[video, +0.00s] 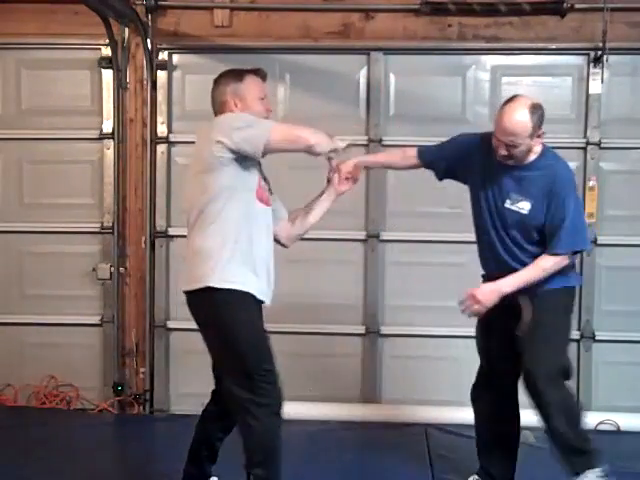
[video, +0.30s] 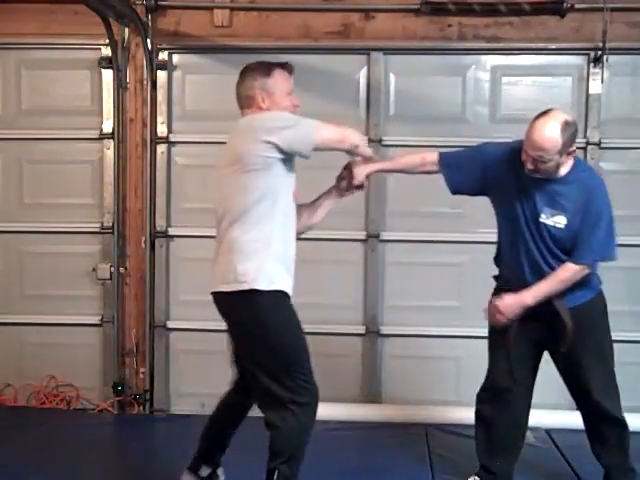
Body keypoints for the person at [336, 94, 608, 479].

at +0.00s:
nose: (499, 149)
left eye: (510, 144)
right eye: (496, 139)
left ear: (537, 140)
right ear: (493, 126)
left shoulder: (556, 176)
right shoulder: (474, 149)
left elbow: (562, 254)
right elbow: (417, 156)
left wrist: (498, 287)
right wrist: (360, 161)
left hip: (549, 289)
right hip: (498, 287)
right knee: (492, 387)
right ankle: (494, 474)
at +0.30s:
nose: (528, 163)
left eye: (540, 161)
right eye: (525, 153)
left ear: (569, 155)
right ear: (524, 139)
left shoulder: (588, 188)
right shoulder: (501, 160)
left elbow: (581, 264)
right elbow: (435, 161)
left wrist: (522, 299)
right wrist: (371, 166)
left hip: (576, 304)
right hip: (515, 299)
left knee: (598, 399)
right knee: (503, 394)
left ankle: (620, 473)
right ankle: (492, 475)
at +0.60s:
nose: (515, 151)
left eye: (524, 147)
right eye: (515, 142)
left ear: (556, 148)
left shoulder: (594, 189)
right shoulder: (505, 156)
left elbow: (604, 268)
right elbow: (444, 147)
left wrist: (570, 323)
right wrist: (383, 165)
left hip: (574, 304)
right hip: (515, 301)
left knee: (588, 392)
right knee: (503, 396)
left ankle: (614, 473)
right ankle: (493, 474)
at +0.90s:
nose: (518, 187)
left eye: (527, 184)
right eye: (519, 178)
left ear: (563, 183)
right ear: (521, 164)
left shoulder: (608, 216)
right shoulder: (518, 175)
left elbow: (635, 286)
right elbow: (444, 158)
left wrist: (620, 345)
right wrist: (383, 175)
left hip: (577, 319)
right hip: (524, 307)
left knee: (566, 424)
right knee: (498, 405)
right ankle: (494, 476)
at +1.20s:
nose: (503, 307)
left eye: (512, 307)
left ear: (552, 299)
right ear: (508, 276)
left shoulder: (607, 296)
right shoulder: (495, 252)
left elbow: (639, 330)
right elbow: (421, 231)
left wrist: (621, 380)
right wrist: (362, 229)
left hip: (600, 325)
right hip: (539, 314)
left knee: (585, 422)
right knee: (523, 403)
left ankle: (579, 476)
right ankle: (495, 476)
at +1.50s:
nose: (510, 366)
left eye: (516, 366)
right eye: (508, 360)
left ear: (556, 354)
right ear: (511, 325)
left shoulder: (604, 340)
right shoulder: (488, 295)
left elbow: (632, 357)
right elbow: (420, 259)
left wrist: (600, 398)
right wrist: (364, 247)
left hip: (606, 280)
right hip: (538, 264)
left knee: (590, 420)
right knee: (521, 400)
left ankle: (581, 473)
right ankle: (499, 471)